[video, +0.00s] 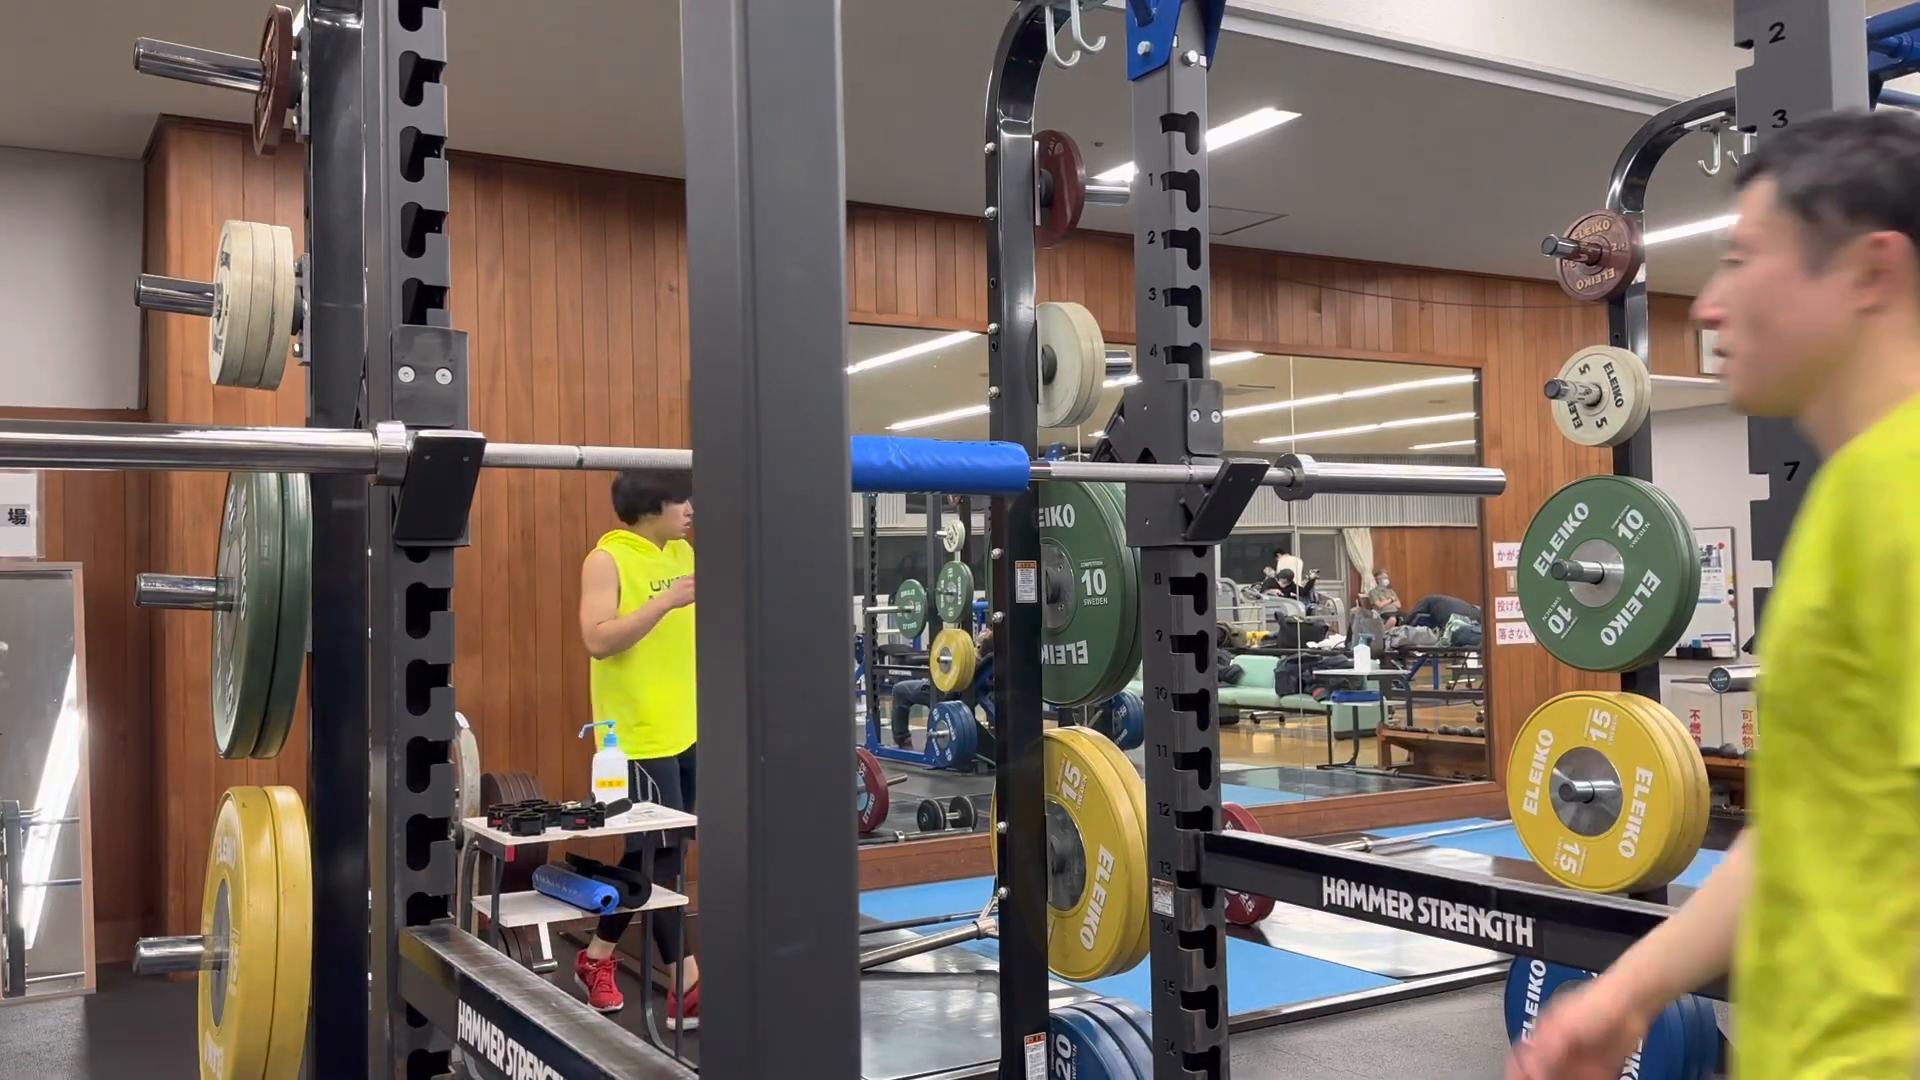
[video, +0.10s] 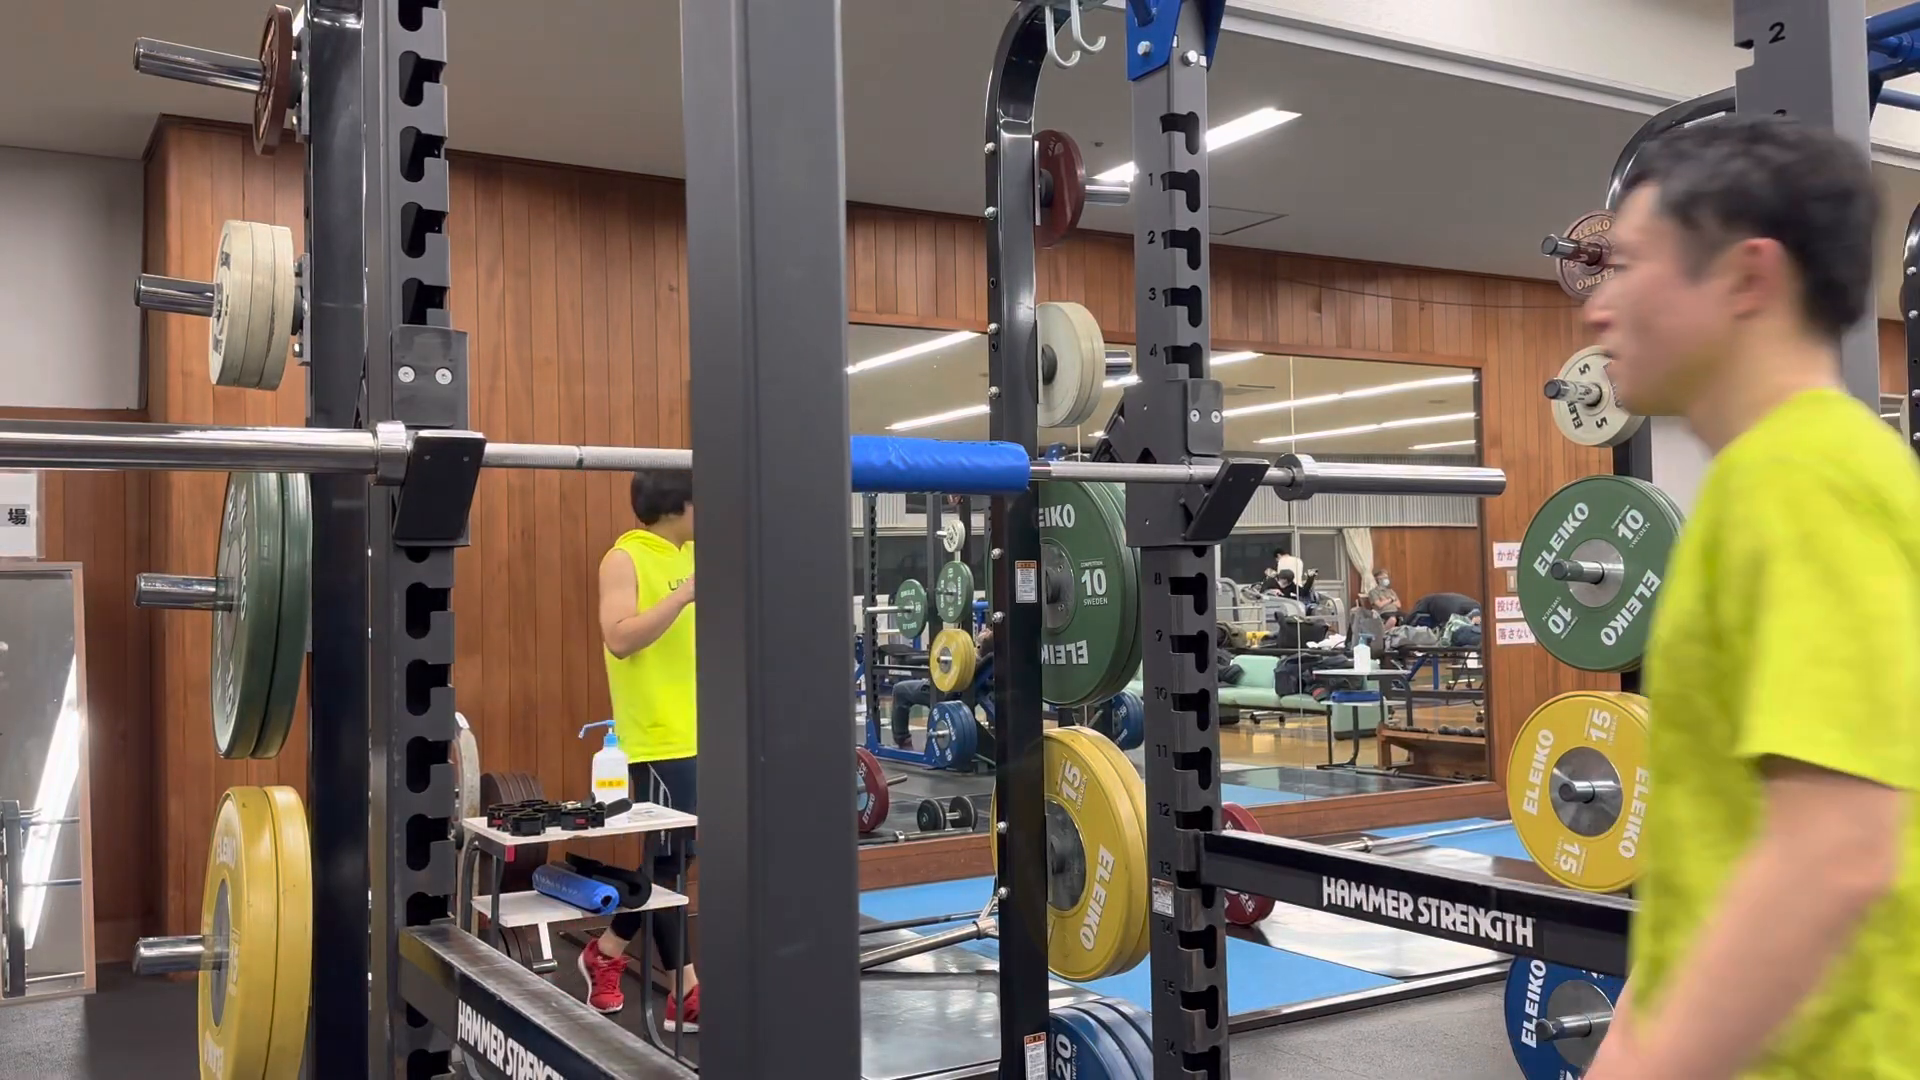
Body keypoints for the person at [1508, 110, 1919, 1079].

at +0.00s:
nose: (1704, 301)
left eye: (1740, 257)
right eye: (1721, 263)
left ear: (1876, 273)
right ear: (1872, 274)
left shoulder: (1889, 489)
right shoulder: (1851, 491)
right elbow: (1806, 817)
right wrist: (1635, 988)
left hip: (1866, 1046)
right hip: (1799, 1042)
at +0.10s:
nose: (1591, 306)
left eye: (1620, 264)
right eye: (1601, 269)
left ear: (1748, 279)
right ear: (1746, 283)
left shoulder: (1804, 471)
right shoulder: (1770, 472)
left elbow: (1838, 847)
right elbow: (1731, 833)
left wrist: (1639, 1062)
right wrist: (1634, 1032)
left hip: (1814, 1052)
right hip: (1760, 1043)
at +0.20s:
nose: (1490, 313)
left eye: (1517, 273)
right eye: (1500, 277)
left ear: (1634, 285)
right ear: (1634, 287)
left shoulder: (1683, 473)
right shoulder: (1707, 462)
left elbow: (1684, 827)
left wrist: (1409, 1015)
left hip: (1717, 1049)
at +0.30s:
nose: (1424, 321)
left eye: (1448, 282)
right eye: (1434, 285)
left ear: (1558, 295)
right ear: (1555, 298)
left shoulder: (1600, 480)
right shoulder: (1626, 467)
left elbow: (1600, 819)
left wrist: (1311, 984)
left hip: (1659, 1047)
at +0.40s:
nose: (1331, 343)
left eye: (1354, 307)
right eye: (1340, 312)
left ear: (1456, 322)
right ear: (1453, 325)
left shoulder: (1489, 494)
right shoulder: (1546, 485)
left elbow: (1489, 815)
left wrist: (1226, 1000)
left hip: (1544, 1046)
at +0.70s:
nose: (1109, 364)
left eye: (1127, 333)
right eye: (1116, 336)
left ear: (1215, 345)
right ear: (1213, 348)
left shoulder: (1263, 491)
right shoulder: (1229, 499)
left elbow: (1336, 755)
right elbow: (1166, 740)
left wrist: (1345, 1046)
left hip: (1259, 1036)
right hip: (1217, 1020)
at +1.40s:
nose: (790, 398)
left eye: (819, 372)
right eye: (790, 371)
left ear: (896, 389)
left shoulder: (1013, 528)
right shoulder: (792, 547)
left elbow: (1127, 735)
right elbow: (648, 701)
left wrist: (1024, 916)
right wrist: (589, 537)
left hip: (1007, 1026)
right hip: (832, 1022)